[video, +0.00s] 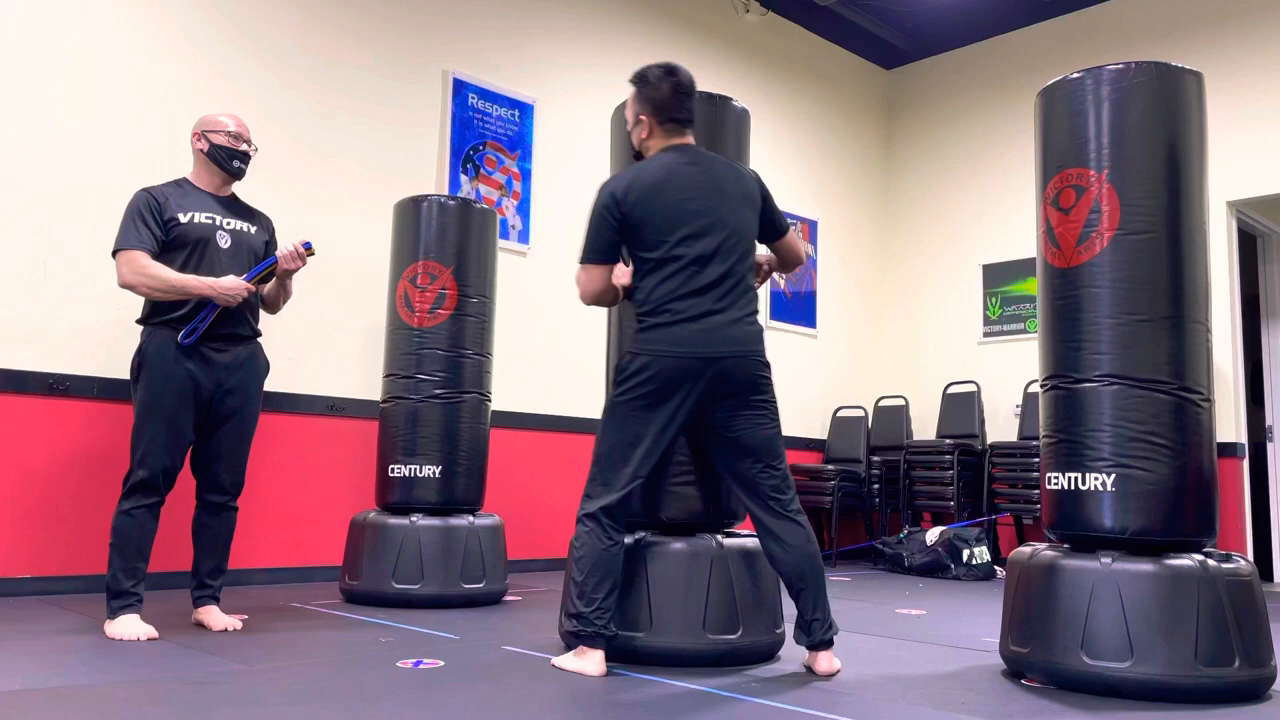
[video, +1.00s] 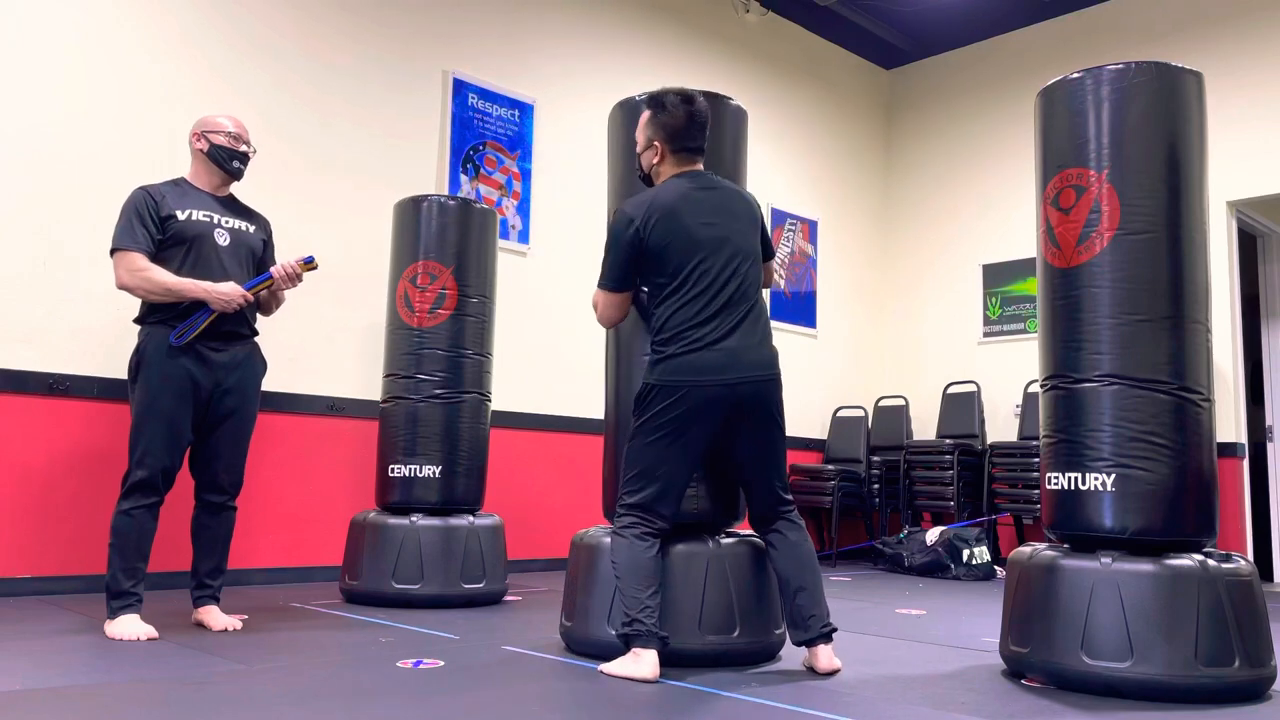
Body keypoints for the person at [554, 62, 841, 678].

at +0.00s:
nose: (628, 124)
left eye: (630, 115)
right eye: (630, 114)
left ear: (644, 121)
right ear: (689, 118)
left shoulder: (621, 190)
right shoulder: (742, 178)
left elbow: (592, 290)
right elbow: (794, 256)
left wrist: (625, 278)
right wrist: (767, 262)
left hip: (662, 355)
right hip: (740, 354)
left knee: (607, 501)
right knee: (775, 494)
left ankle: (588, 647)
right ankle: (821, 645)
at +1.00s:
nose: (638, 153)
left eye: (642, 144)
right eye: (639, 143)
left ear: (657, 148)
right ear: (698, 144)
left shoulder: (638, 213)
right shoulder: (743, 202)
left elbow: (609, 312)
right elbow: (762, 279)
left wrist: (643, 276)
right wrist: (703, 273)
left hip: (681, 381)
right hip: (757, 377)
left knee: (641, 519)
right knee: (776, 508)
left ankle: (642, 651)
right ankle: (820, 644)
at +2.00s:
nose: (596, 64)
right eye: (596, 54)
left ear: (523, 63)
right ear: (589, 54)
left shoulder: (479, 131)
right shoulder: (610, 117)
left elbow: (451, 237)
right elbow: (652, 231)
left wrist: (425, 330)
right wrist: (657, 326)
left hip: (496, 318)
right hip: (572, 310)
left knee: (533, 471)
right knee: (567, 487)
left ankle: (525, 626)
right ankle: (538, 678)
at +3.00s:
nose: (453, 36)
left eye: (450, 25)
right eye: (448, 24)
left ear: (396, 29)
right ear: (426, 26)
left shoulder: (377, 88)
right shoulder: (398, 84)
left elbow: (402, 198)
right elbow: (433, 196)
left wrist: (462, 183)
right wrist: (471, 154)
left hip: (391, 308)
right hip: (371, 304)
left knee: (400, 473)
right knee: (335, 482)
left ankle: (374, 642)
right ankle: (280, 674)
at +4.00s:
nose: (490, 90)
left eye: (488, 80)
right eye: (487, 78)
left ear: (426, 81)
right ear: (469, 77)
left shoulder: (401, 138)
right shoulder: (461, 125)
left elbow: (452, 222)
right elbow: (506, 224)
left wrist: (502, 178)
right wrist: (532, 180)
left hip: (396, 311)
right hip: (427, 316)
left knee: (445, 477)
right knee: (383, 488)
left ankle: (433, 632)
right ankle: (316, 662)